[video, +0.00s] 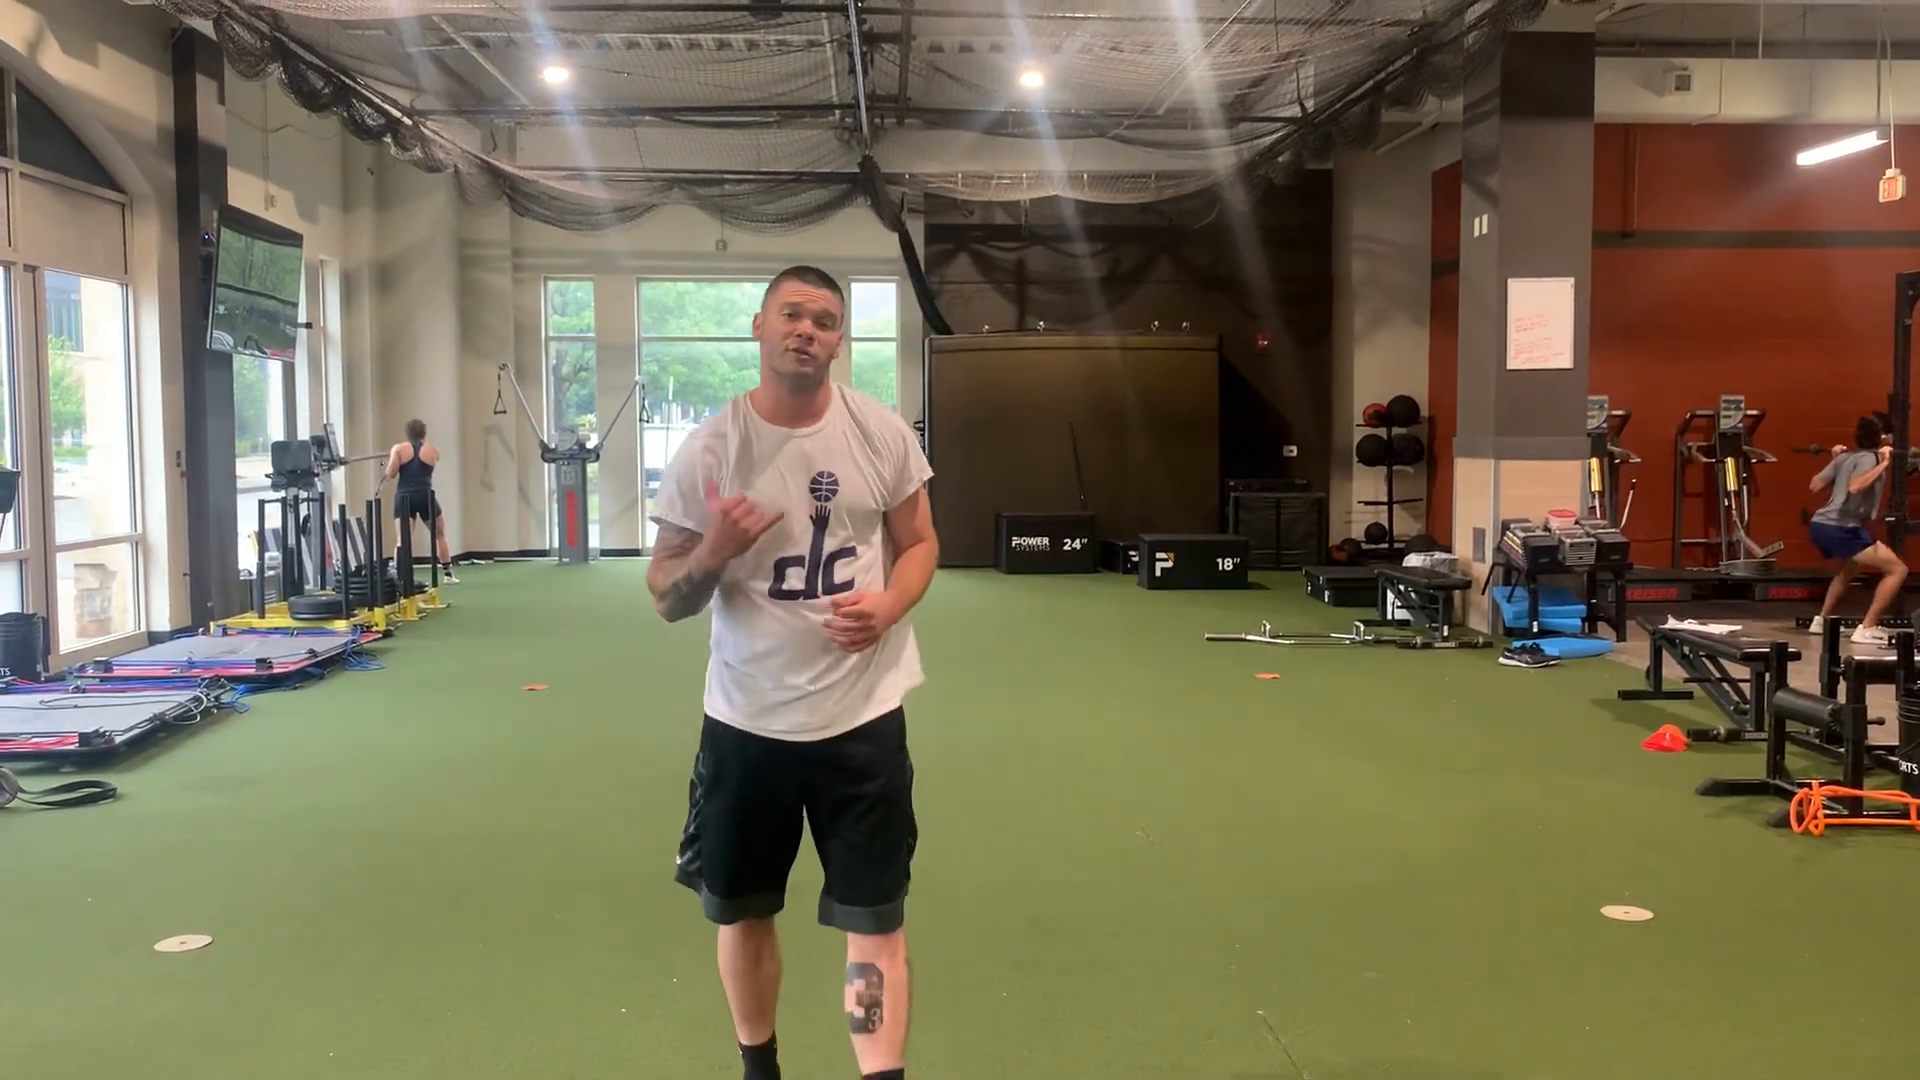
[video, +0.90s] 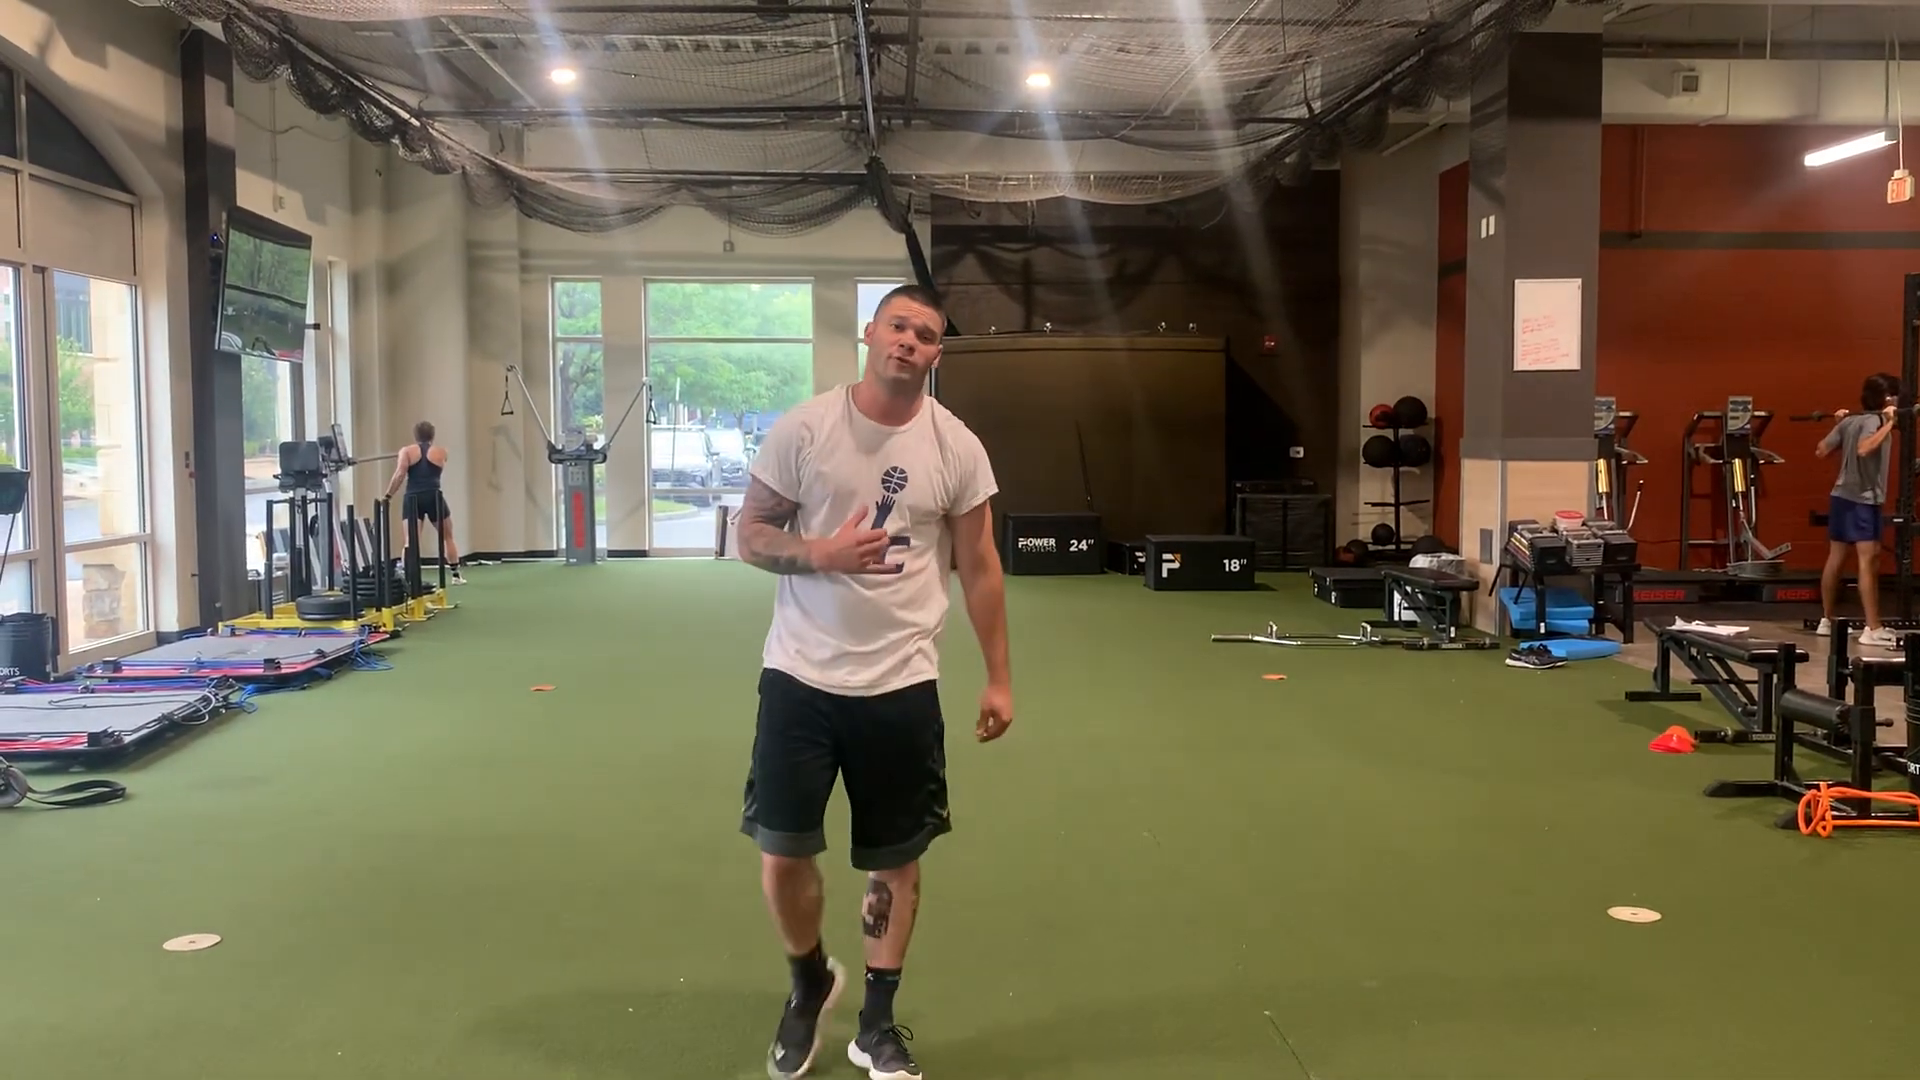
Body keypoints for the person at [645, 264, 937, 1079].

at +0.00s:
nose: (807, 328)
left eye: (825, 320)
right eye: (792, 313)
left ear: (843, 344)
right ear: (758, 328)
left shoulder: (884, 434)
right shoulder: (709, 448)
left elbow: (919, 543)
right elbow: (667, 598)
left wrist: (890, 605)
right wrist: (713, 551)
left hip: (864, 713)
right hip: (750, 717)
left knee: (875, 914)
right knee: (743, 908)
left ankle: (883, 1079)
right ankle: (759, 1070)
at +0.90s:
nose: (911, 342)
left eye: (927, 336)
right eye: (900, 326)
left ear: (939, 358)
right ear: (868, 335)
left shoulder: (957, 449)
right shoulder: (802, 430)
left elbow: (979, 566)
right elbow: (748, 536)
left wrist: (998, 678)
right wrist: (820, 553)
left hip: (900, 684)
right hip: (799, 676)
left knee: (893, 857)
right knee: (783, 851)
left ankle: (877, 1024)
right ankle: (809, 980)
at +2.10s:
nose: (927, 344)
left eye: (942, 335)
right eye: (916, 330)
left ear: (958, 353)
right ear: (889, 339)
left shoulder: (986, 432)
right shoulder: (837, 436)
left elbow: (1019, 538)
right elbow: (802, 562)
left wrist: (1024, 635)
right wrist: (795, 544)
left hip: (960, 667)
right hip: (863, 670)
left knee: (978, 831)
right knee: (863, 825)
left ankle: (988, 1017)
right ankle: (877, 969)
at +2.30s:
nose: (976, 333)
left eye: (990, 327)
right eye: (965, 317)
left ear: (1000, 351)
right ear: (932, 327)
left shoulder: (1020, 434)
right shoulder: (874, 425)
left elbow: (1040, 532)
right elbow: (836, 543)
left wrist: (1047, 559)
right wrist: (830, 539)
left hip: (990, 674)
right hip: (890, 674)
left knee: (998, 847)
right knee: (881, 835)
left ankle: (991, 1020)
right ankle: (878, 960)